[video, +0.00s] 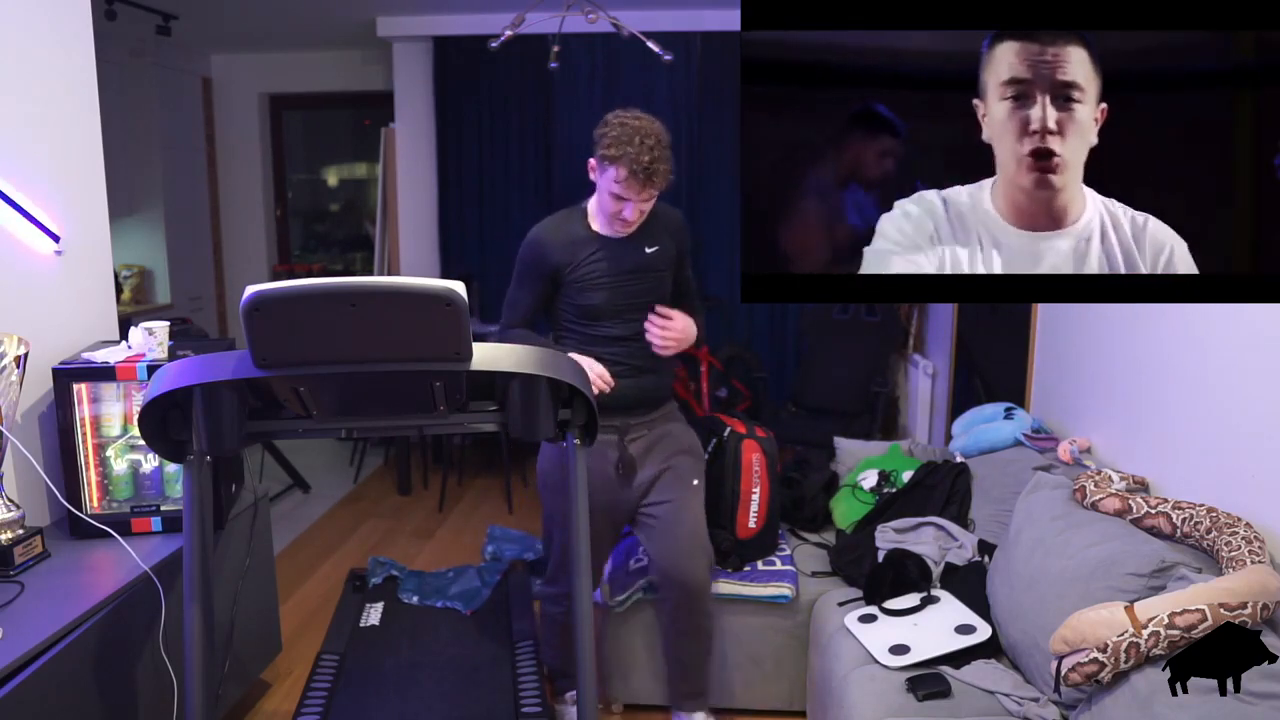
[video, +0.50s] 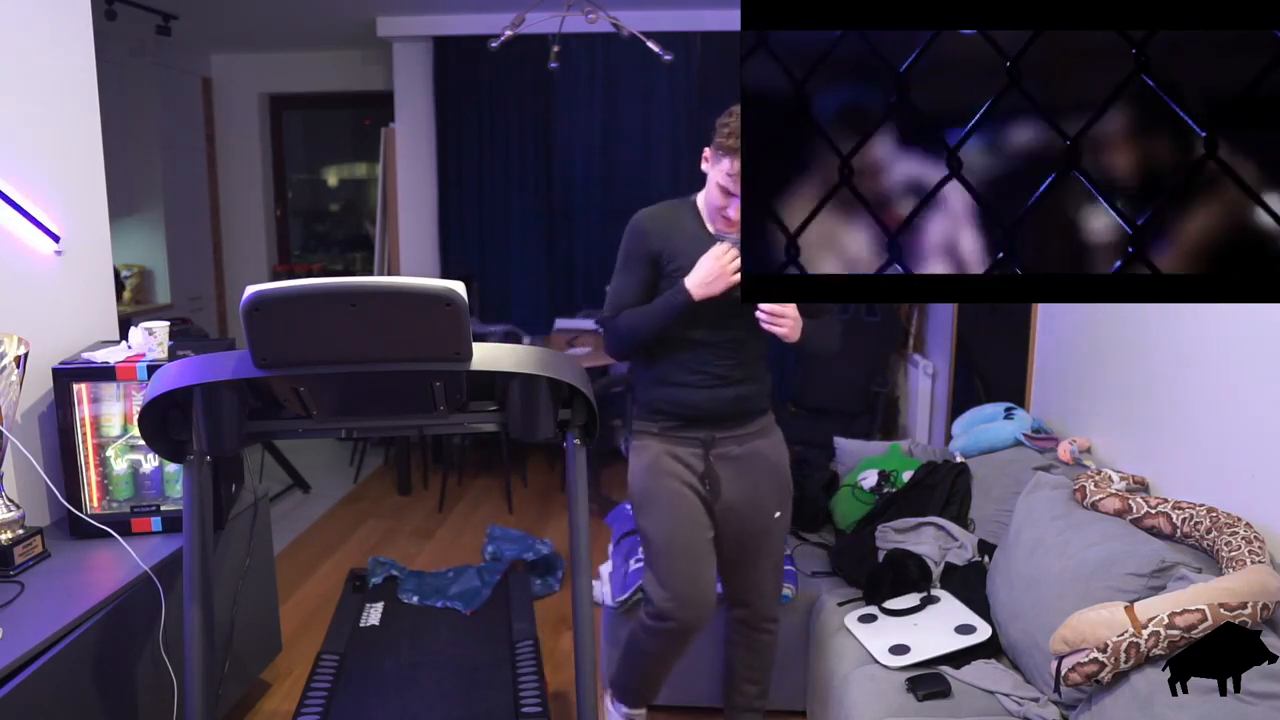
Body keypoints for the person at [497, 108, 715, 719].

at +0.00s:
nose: (631, 214)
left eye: (645, 202)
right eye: (619, 199)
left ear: (660, 184)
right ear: (594, 173)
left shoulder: (670, 229)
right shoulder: (550, 241)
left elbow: (690, 314)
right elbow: (511, 332)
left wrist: (691, 332)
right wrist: (562, 359)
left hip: (662, 430)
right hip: (579, 437)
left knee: (687, 574)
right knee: (569, 584)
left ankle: (690, 709)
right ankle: (567, 700)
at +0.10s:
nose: (642, 215)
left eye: (659, 206)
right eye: (634, 199)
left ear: (679, 189)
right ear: (617, 169)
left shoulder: (691, 233)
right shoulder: (568, 241)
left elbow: (713, 325)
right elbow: (529, 333)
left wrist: (699, 312)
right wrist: (577, 360)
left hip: (677, 439)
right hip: (593, 444)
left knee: (706, 591)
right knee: (580, 593)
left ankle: (733, 714)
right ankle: (574, 703)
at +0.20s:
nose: (672, 218)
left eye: (688, 207)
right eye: (662, 201)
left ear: (708, 190)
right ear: (642, 171)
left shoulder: (718, 237)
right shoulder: (593, 238)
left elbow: (742, 337)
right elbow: (550, 329)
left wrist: (723, 311)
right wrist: (601, 351)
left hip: (702, 439)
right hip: (615, 446)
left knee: (727, 599)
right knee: (601, 598)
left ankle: (741, 714)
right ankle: (573, 704)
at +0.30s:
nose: (710, 216)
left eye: (723, 204)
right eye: (700, 200)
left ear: (740, 188)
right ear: (672, 173)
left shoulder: (741, 236)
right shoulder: (618, 235)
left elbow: (782, 334)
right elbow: (574, 330)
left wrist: (752, 312)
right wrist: (629, 338)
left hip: (727, 441)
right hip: (639, 447)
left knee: (741, 607)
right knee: (636, 598)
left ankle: (743, 716)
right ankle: (576, 693)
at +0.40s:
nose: (730, 213)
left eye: (741, 200)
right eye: (719, 196)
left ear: (758, 184)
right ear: (694, 170)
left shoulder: (764, 235)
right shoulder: (637, 233)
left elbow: (811, 335)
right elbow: (595, 335)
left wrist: (788, 321)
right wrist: (662, 308)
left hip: (742, 443)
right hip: (653, 448)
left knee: (751, 609)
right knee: (669, 604)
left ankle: (743, 715)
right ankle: (593, 686)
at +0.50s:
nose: (735, 208)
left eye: (748, 196)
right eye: (727, 191)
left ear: (764, 180)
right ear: (706, 163)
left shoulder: (773, 235)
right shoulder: (652, 230)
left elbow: (823, 331)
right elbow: (616, 334)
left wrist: (800, 329)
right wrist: (689, 290)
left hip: (753, 443)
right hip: (665, 445)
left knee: (757, 610)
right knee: (685, 605)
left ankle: (747, 715)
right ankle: (625, 702)